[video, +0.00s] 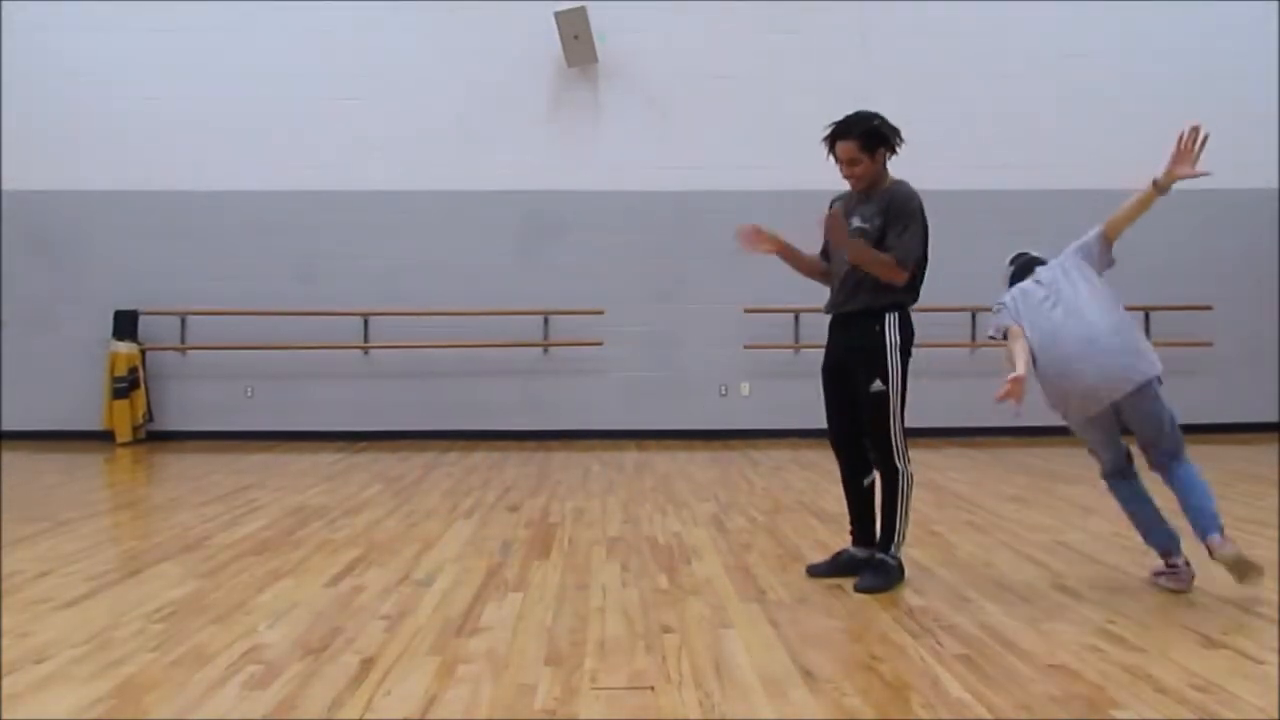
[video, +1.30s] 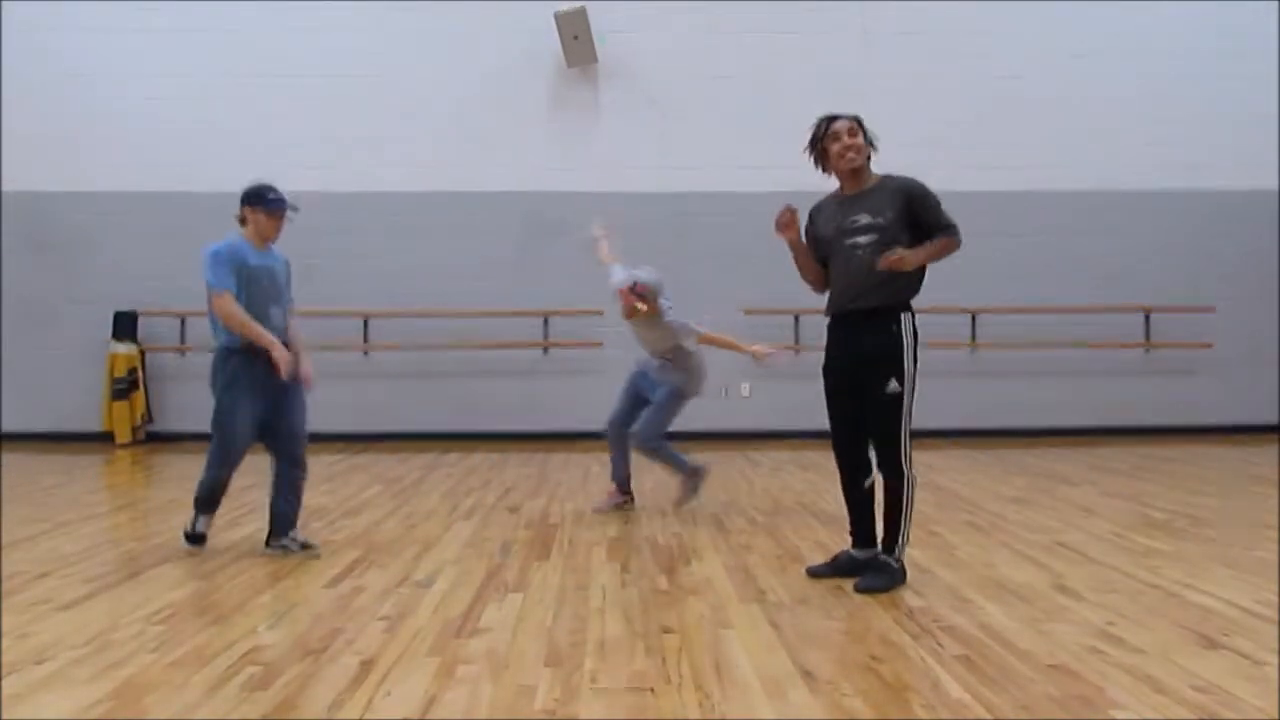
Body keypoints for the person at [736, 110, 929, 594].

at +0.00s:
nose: (846, 172)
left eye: (854, 162)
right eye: (840, 163)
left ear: (881, 155)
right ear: (837, 160)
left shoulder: (904, 201)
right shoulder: (843, 206)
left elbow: (900, 273)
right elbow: (830, 273)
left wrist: (846, 243)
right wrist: (782, 248)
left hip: (883, 329)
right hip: (844, 331)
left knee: (885, 444)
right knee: (848, 442)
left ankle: (889, 555)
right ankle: (862, 546)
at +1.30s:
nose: (848, 143)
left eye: (854, 134)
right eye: (836, 139)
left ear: (867, 144)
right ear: (824, 157)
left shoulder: (904, 192)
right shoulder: (822, 213)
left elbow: (950, 237)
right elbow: (819, 281)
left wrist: (915, 255)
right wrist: (795, 242)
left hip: (890, 329)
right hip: (844, 333)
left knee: (890, 448)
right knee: (849, 447)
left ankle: (892, 557)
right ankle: (862, 548)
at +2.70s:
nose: (841, 137)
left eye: (852, 130)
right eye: (841, 131)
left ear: (880, 143)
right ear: (845, 146)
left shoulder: (898, 189)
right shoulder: (844, 197)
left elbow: (941, 249)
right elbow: (848, 254)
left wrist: (883, 274)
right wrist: (818, 235)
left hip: (880, 328)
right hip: (838, 329)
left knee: (892, 444)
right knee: (841, 442)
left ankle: (895, 557)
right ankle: (857, 550)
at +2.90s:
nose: (833, 144)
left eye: (843, 136)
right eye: (831, 137)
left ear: (872, 146)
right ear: (836, 151)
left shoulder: (895, 193)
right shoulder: (842, 204)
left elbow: (942, 249)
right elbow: (849, 271)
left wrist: (887, 285)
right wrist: (816, 268)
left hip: (878, 329)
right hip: (838, 331)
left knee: (886, 444)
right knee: (841, 444)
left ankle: (893, 557)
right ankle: (858, 550)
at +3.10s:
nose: (838, 136)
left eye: (850, 129)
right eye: (838, 130)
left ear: (877, 142)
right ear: (841, 145)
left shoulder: (895, 182)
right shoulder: (840, 195)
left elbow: (939, 238)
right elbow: (855, 257)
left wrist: (876, 205)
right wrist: (825, 260)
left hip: (878, 322)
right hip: (838, 324)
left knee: (887, 440)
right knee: (844, 441)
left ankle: (894, 556)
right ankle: (857, 550)